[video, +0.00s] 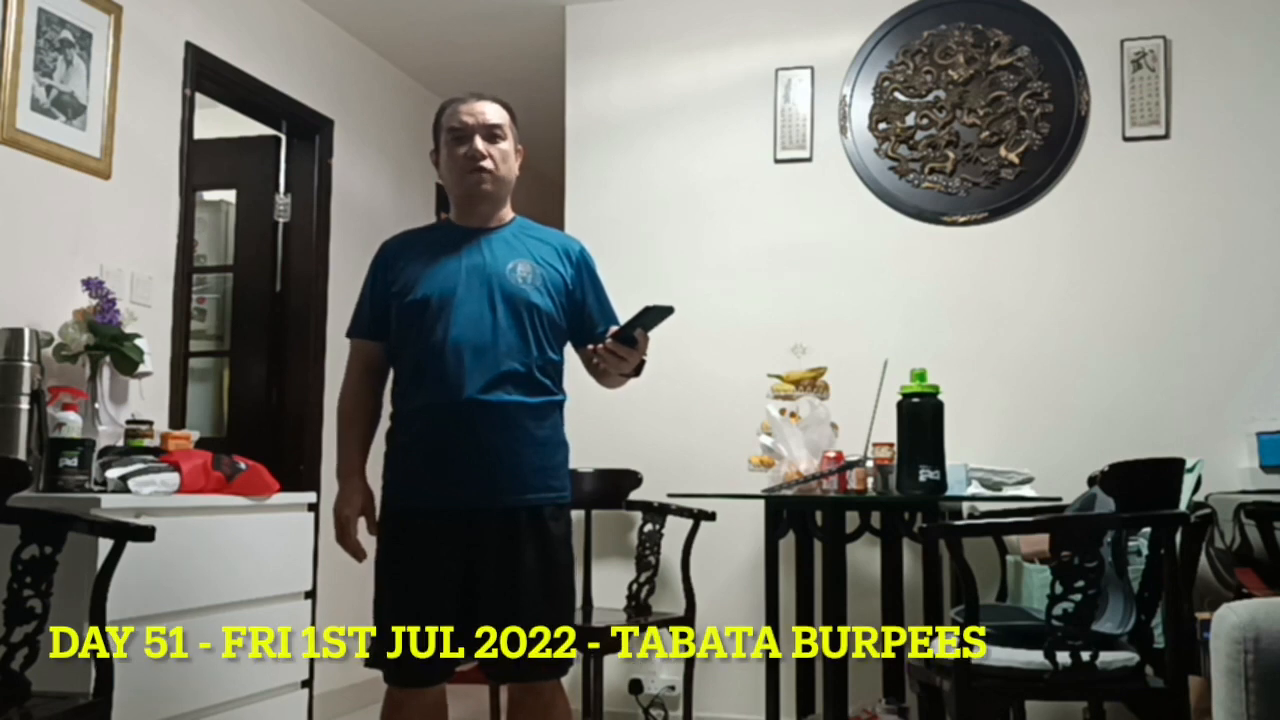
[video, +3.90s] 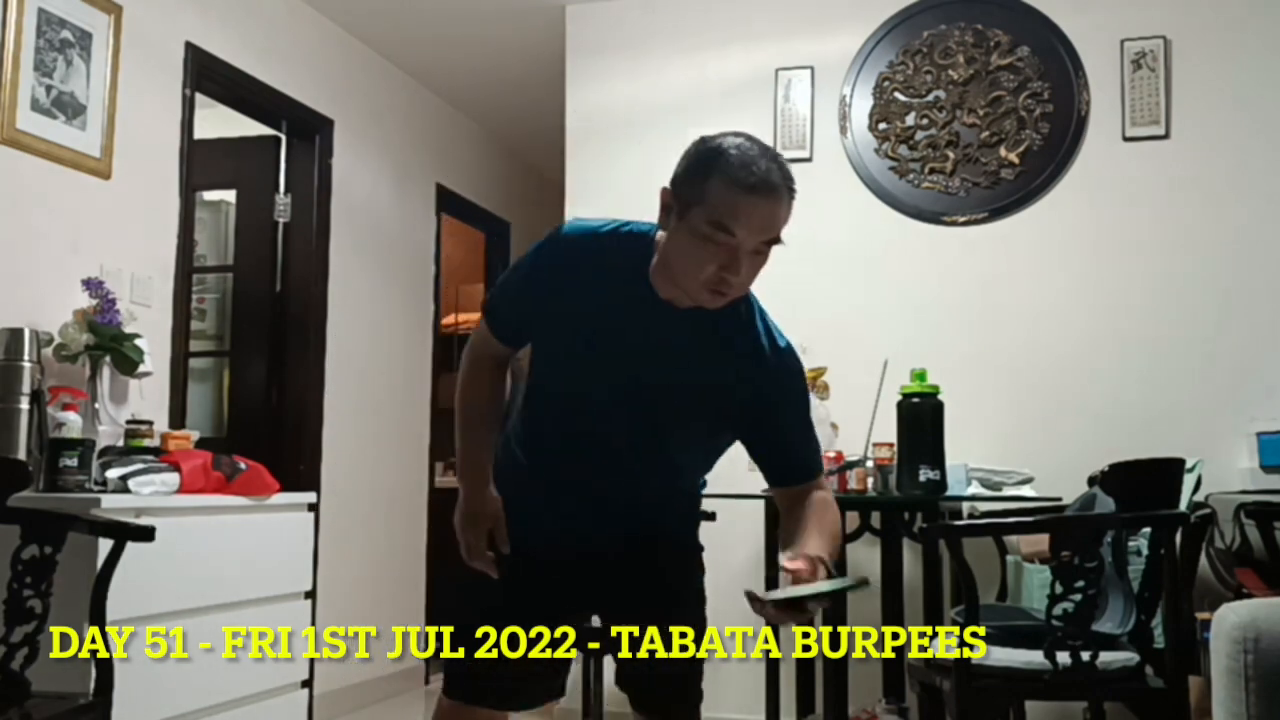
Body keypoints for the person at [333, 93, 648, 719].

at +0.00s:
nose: (477, 146)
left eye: (492, 135)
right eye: (459, 137)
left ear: (519, 158)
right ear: (437, 162)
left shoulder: (563, 253)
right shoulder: (399, 255)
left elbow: (604, 361)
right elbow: (364, 374)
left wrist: (622, 363)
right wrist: (351, 475)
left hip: (529, 496)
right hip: (421, 496)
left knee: (536, 680)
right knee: (412, 681)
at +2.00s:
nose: (477, 146)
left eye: (493, 134)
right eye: (460, 137)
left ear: (519, 159)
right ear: (438, 161)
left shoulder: (563, 253)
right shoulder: (400, 256)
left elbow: (603, 363)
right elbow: (365, 376)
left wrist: (622, 362)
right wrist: (352, 477)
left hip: (528, 497)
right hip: (421, 497)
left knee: (536, 680)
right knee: (413, 681)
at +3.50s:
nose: (543, 185)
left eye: (559, 167)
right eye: (523, 163)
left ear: (571, 171)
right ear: (481, 158)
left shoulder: (594, 274)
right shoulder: (416, 256)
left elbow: (638, 390)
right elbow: (362, 364)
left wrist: (653, 400)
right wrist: (352, 466)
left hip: (543, 521)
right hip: (428, 512)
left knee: (577, 700)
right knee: (398, 701)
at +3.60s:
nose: (594, 190)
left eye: (612, 172)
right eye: (574, 165)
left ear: (624, 175)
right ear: (531, 158)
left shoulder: (639, 286)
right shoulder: (459, 250)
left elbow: (679, 397)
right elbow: (398, 361)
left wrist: (691, 429)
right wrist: (379, 466)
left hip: (575, 528)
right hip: (458, 517)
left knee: (599, 704)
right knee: (408, 696)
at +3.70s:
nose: (651, 210)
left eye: (672, 189)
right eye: (632, 181)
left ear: (685, 186)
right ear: (587, 165)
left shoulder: (690, 303)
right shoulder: (508, 247)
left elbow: (727, 415)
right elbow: (435, 362)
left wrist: (733, 457)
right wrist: (415, 477)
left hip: (610, 533)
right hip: (489, 519)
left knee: (635, 705)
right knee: (436, 702)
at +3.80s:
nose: (701, 239)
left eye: (723, 219)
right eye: (682, 209)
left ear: (738, 214)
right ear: (633, 186)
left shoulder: (732, 331)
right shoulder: (542, 252)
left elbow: (777, 454)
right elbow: (464, 355)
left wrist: (776, 501)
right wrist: (447, 490)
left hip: (637, 540)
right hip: (511, 525)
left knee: (661, 707)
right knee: (460, 705)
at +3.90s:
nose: (739, 269)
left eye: (763, 249)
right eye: (719, 236)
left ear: (776, 245)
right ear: (669, 208)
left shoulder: (763, 363)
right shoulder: (570, 261)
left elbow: (808, 493)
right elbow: (485, 353)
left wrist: (807, 554)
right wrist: (475, 486)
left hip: (656, 544)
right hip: (532, 526)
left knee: (671, 710)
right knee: (470, 704)